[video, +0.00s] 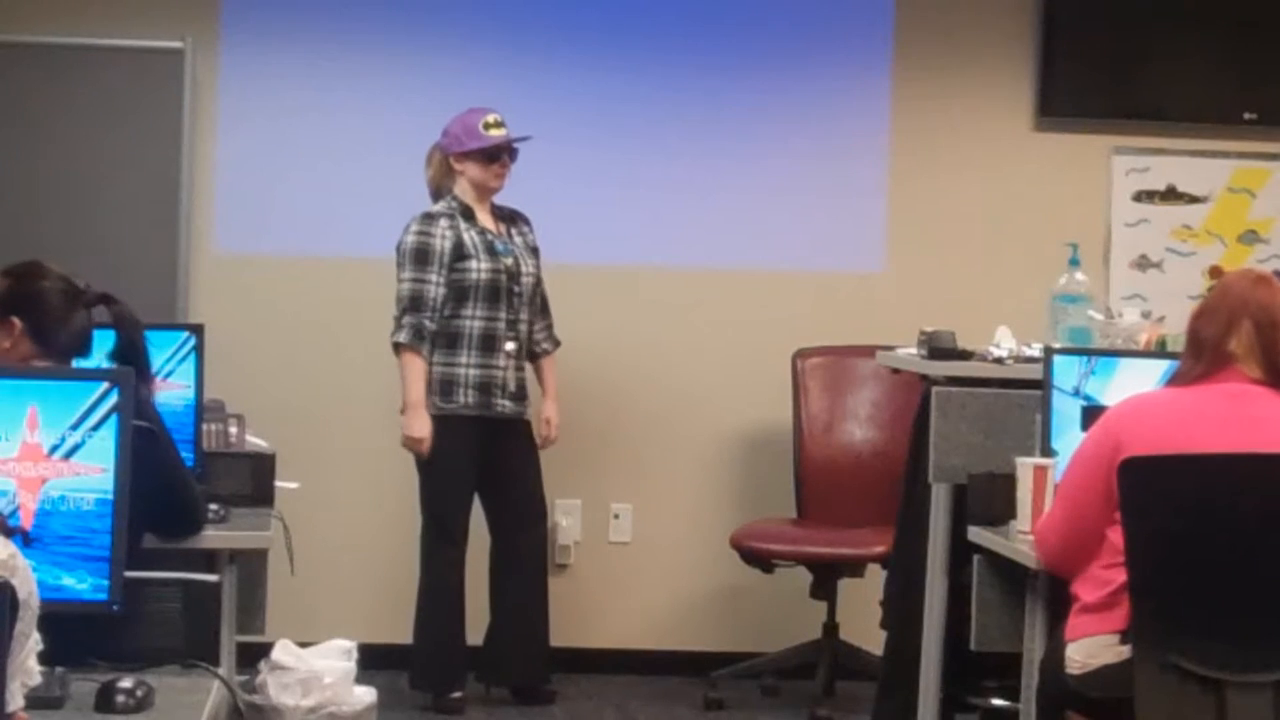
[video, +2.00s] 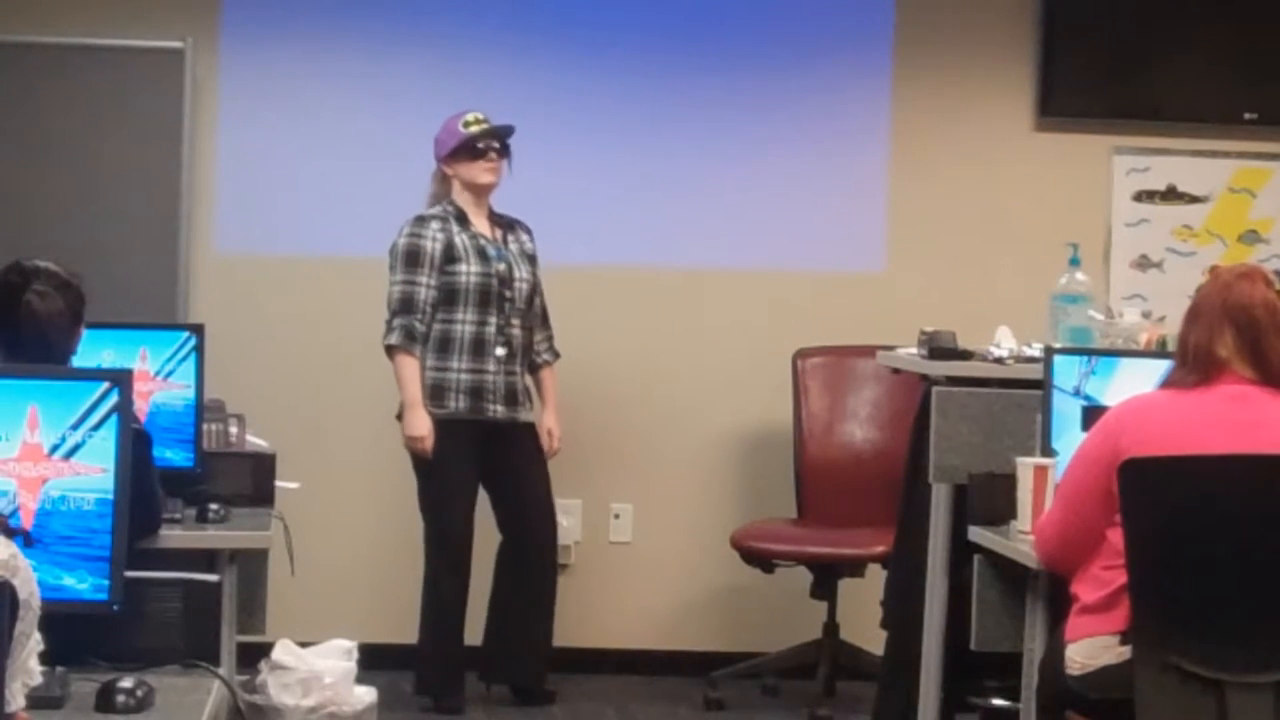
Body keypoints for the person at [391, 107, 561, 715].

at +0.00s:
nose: (502, 165)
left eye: (506, 156)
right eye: (489, 156)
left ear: (507, 163)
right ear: (456, 160)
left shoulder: (518, 231)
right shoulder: (429, 227)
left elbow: (538, 321)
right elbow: (412, 326)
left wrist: (549, 394)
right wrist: (414, 406)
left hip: (509, 416)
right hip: (448, 416)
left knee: (523, 541)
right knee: (446, 547)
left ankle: (517, 671)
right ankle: (440, 679)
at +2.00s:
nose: (492, 159)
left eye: (498, 151)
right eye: (477, 152)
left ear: (504, 164)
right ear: (448, 164)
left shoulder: (518, 237)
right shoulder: (423, 231)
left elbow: (537, 329)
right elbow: (402, 329)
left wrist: (549, 406)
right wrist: (413, 406)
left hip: (512, 421)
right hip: (446, 421)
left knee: (535, 539)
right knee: (450, 551)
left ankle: (516, 671)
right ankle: (440, 683)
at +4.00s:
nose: (511, 165)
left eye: (526, 155)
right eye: (499, 153)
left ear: (548, 166)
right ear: (483, 162)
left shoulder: (572, 240)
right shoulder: (449, 236)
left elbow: (572, 335)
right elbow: (414, 329)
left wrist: (526, 389)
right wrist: (411, 402)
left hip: (543, 430)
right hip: (457, 426)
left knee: (557, 572)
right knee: (453, 568)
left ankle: (524, 706)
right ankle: (454, 703)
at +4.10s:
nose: (536, 177)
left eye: (547, 168)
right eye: (521, 167)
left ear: (558, 180)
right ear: (492, 178)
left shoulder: (576, 257)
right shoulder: (450, 249)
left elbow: (594, 366)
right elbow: (407, 349)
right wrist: (400, 440)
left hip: (549, 450)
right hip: (460, 449)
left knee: (580, 580)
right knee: (454, 592)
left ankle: (533, 714)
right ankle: (446, 714)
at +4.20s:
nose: (556, 163)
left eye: (564, 154)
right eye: (540, 154)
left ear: (571, 164)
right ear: (506, 161)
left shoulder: (589, 240)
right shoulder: (465, 229)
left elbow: (632, 326)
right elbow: (424, 316)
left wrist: (667, 413)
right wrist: (440, 393)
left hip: (556, 433)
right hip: (471, 430)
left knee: (575, 569)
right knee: (458, 575)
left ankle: (569, 711)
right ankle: (437, 711)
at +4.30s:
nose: (571, 175)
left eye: (577, 165)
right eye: (555, 164)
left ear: (581, 173)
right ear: (519, 173)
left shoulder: (592, 243)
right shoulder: (487, 231)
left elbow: (640, 303)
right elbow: (456, 306)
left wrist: (692, 364)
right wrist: (500, 370)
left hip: (569, 441)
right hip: (484, 438)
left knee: (581, 579)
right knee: (464, 580)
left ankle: (578, 710)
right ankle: (439, 707)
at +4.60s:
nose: (600, 158)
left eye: (601, 148)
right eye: (584, 149)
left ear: (599, 157)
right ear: (540, 161)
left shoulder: (620, 231)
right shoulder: (496, 232)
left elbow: (627, 327)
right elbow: (501, 328)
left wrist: (610, 371)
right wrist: (568, 375)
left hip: (601, 440)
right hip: (511, 437)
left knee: (597, 591)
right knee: (501, 591)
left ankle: (576, 715)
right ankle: (496, 714)